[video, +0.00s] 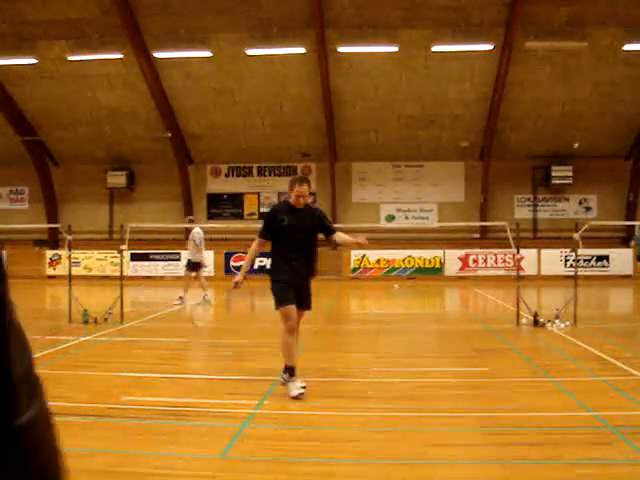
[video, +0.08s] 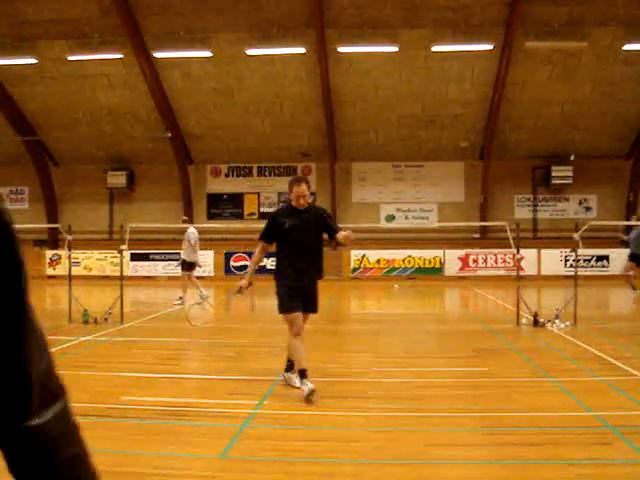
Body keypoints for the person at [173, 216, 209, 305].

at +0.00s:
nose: (186, 226)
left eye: (187, 224)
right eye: (186, 224)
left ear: (190, 223)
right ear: (193, 223)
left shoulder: (195, 232)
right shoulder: (197, 231)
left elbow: (199, 248)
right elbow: (198, 248)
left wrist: (201, 260)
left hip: (193, 259)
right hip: (198, 260)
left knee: (187, 278)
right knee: (200, 278)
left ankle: (183, 297)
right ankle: (206, 295)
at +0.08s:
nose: (182, 226)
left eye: (183, 223)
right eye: (182, 223)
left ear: (186, 223)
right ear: (188, 222)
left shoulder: (190, 232)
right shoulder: (191, 231)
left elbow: (194, 249)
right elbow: (187, 248)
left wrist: (197, 261)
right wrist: (182, 257)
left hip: (188, 259)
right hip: (190, 259)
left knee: (184, 279)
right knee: (191, 277)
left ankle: (182, 297)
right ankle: (202, 292)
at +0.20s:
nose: (176, 226)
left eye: (177, 224)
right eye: (175, 224)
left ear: (180, 223)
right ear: (177, 224)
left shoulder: (185, 232)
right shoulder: (181, 232)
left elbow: (187, 247)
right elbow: (180, 248)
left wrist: (186, 259)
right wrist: (174, 258)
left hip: (185, 258)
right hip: (181, 258)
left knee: (182, 276)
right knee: (181, 276)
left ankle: (183, 296)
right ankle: (192, 290)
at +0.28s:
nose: (172, 227)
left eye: (173, 224)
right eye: (171, 225)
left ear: (176, 224)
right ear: (171, 225)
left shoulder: (183, 232)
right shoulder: (177, 233)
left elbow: (185, 246)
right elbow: (176, 248)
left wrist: (180, 258)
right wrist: (171, 258)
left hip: (184, 258)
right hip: (178, 258)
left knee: (182, 277)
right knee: (172, 275)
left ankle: (182, 296)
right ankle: (184, 289)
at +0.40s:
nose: (164, 230)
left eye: (164, 228)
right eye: (163, 228)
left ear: (168, 226)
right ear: (164, 228)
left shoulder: (177, 232)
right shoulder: (168, 234)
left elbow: (184, 244)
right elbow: (168, 246)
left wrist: (173, 252)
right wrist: (166, 254)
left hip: (182, 257)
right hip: (173, 257)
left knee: (180, 276)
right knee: (169, 276)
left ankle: (182, 296)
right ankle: (168, 293)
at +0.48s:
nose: (162, 230)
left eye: (163, 228)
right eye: (162, 228)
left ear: (166, 226)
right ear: (163, 228)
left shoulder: (177, 232)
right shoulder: (166, 235)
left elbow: (183, 244)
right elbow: (165, 249)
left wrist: (172, 251)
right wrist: (159, 261)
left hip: (181, 257)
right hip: (172, 258)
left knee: (181, 277)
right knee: (169, 277)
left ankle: (182, 296)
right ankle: (165, 294)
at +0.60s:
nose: (154, 234)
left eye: (155, 232)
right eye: (153, 233)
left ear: (159, 230)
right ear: (154, 232)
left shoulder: (170, 233)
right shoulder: (157, 239)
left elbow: (181, 241)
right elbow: (155, 254)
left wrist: (176, 251)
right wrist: (150, 267)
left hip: (177, 257)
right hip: (168, 258)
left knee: (178, 276)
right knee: (166, 276)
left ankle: (182, 296)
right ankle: (164, 294)